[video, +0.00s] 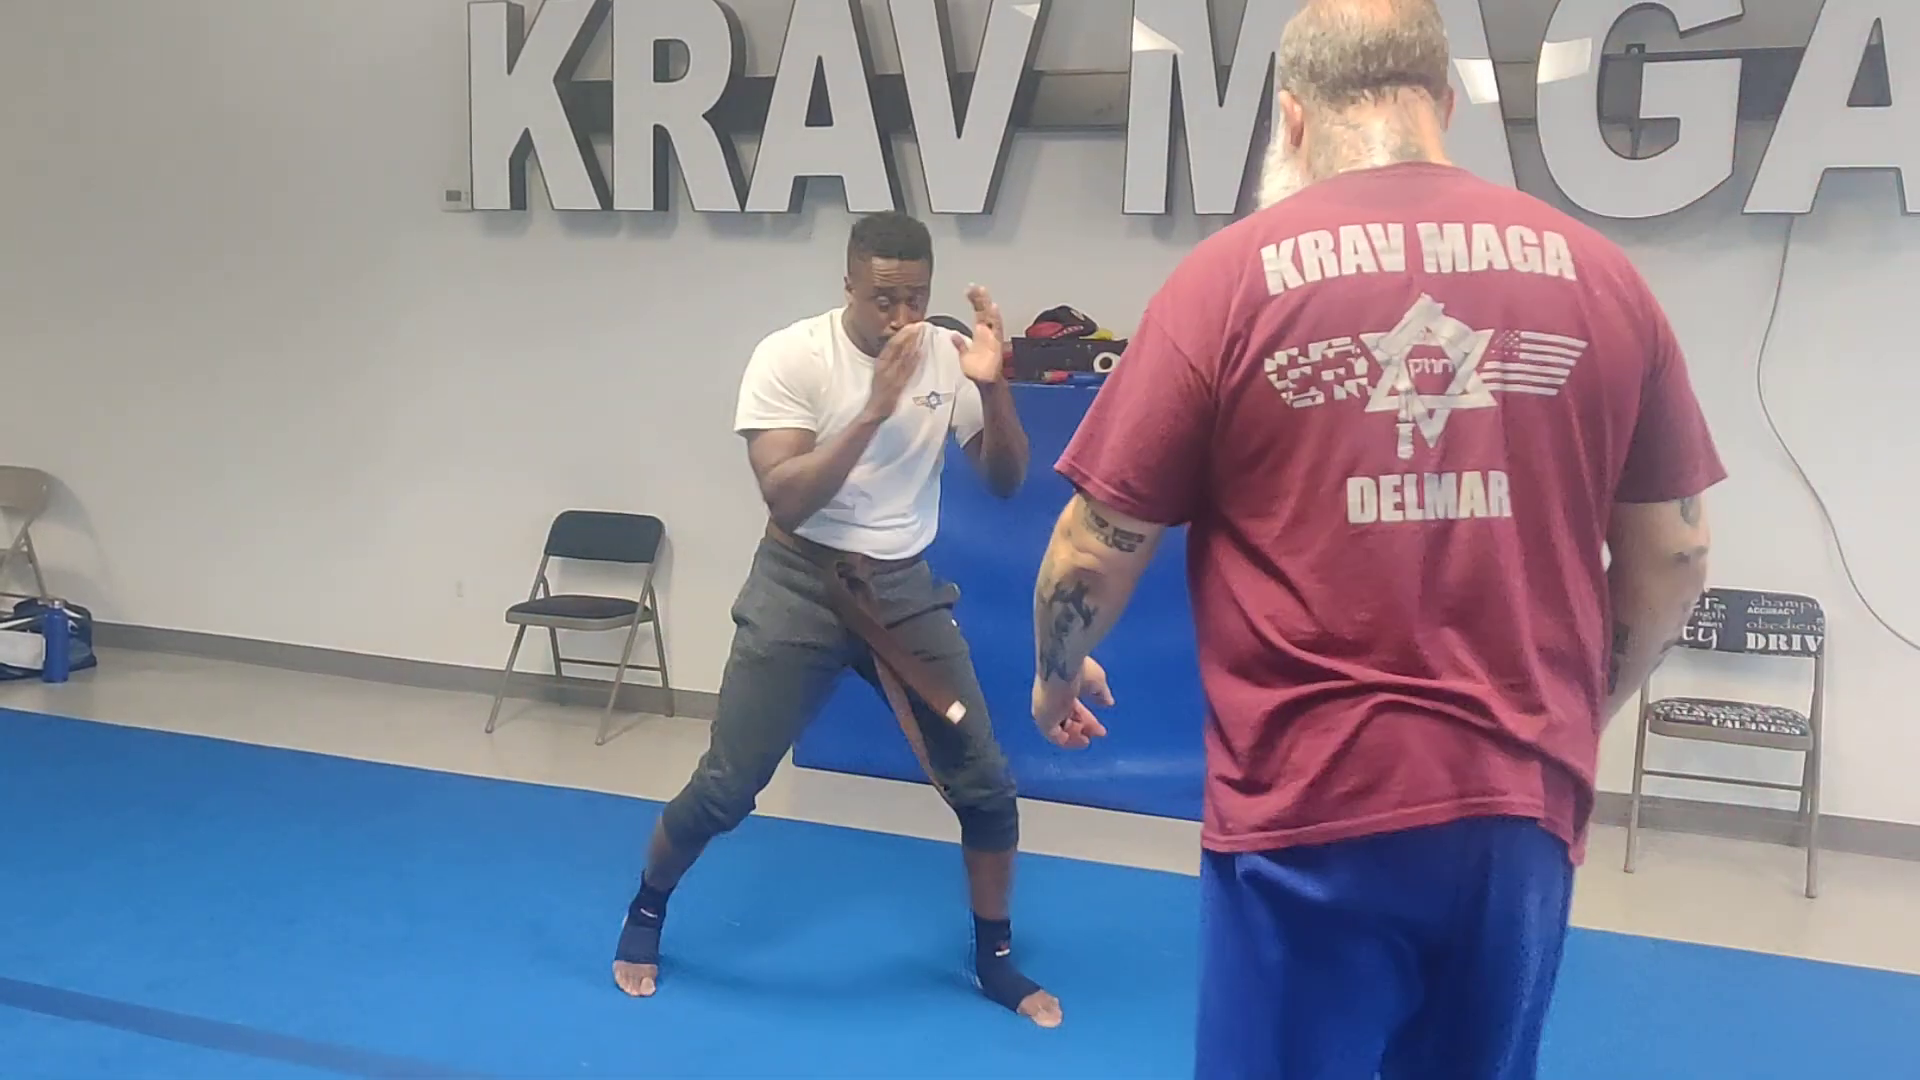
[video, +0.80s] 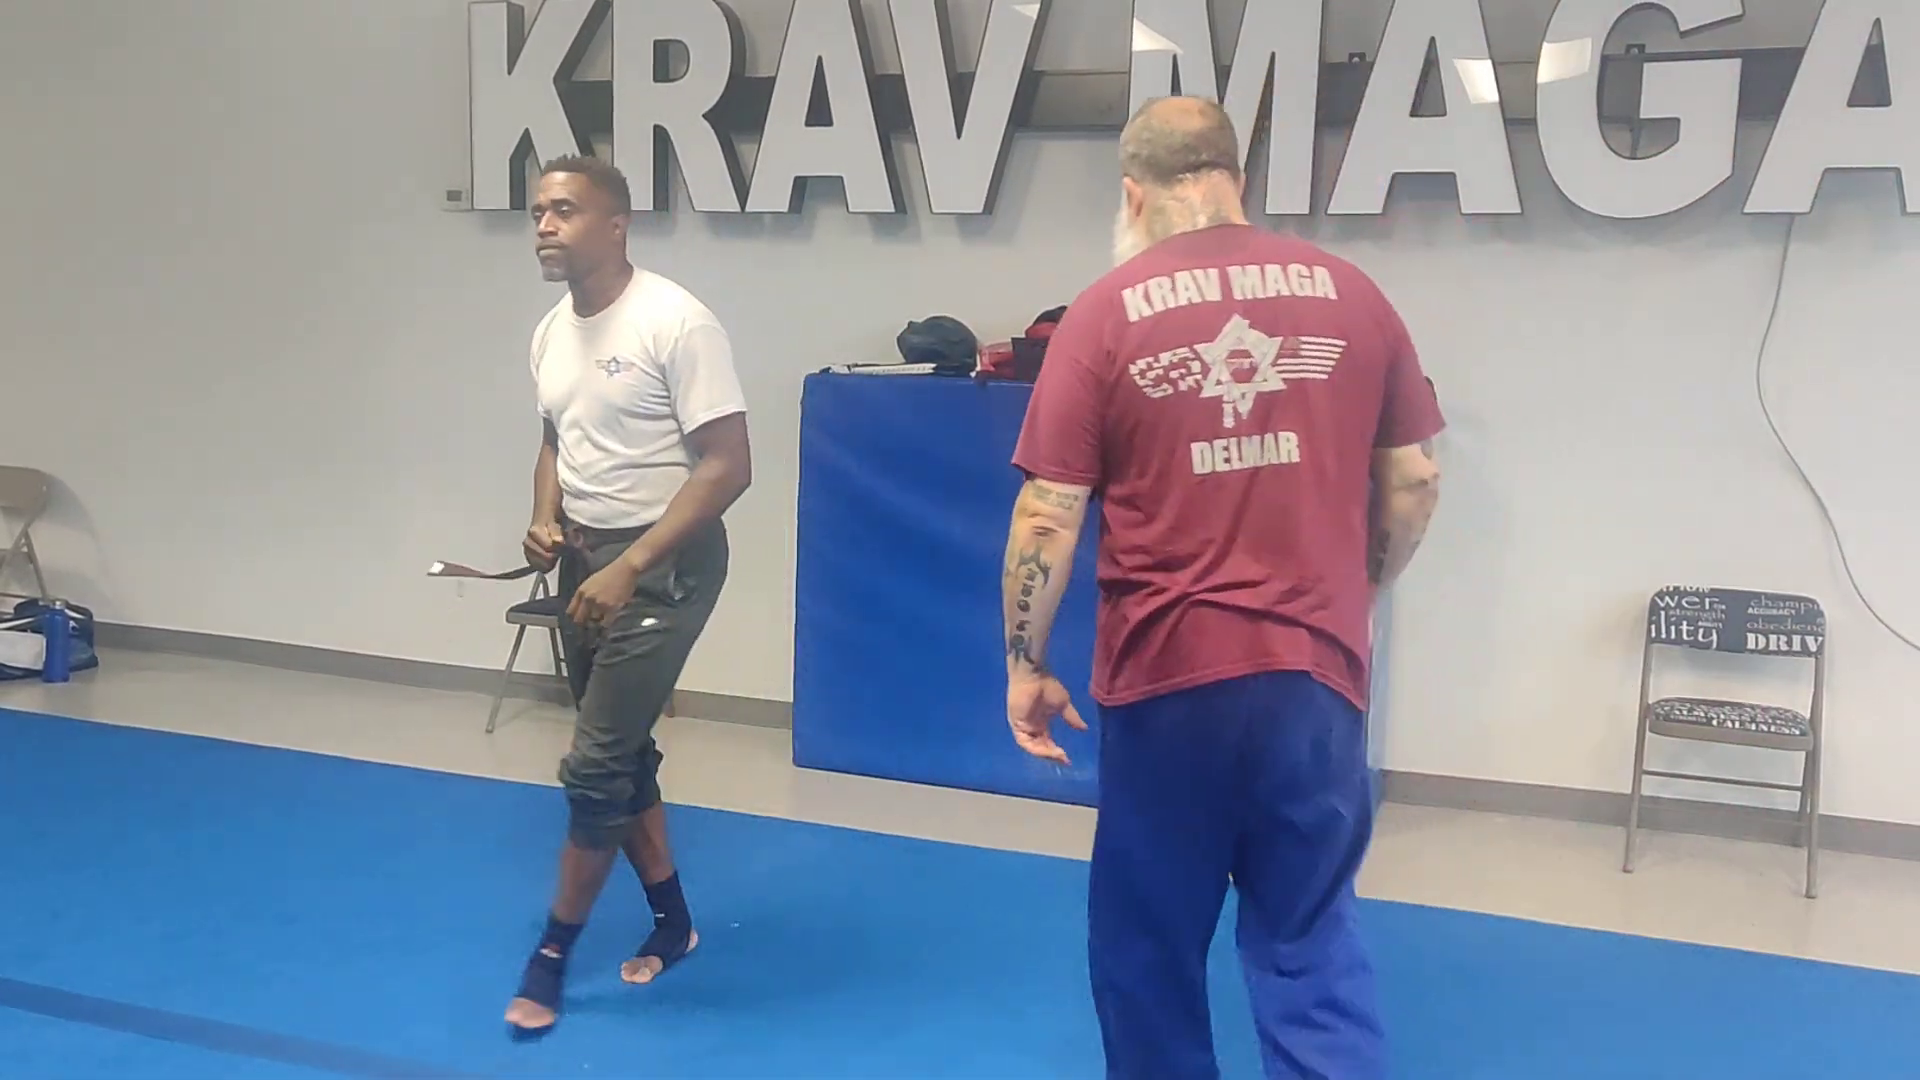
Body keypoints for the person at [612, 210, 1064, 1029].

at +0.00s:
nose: (902, 316)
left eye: (915, 299)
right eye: (885, 299)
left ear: (929, 290)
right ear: (847, 284)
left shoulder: (947, 353)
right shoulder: (787, 359)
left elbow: (1005, 479)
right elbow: (787, 502)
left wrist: (997, 389)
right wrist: (873, 411)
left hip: (905, 587)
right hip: (799, 580)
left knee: (986, 786)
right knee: (726, 788)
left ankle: (995, 958)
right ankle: (646, 911)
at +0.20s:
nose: (788, 300)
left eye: (805, 283)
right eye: (774, 283)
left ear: (837, 277)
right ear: (756, 278)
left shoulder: (886, 362)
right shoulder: (710, 358)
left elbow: (930, 495)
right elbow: (665, 494)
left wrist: (863, 443)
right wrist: (731, 446)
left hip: (851, 587)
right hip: (740, 582)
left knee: (936, 779)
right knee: (684, 786)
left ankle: (990, 957)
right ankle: (681, 927)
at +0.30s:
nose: (723, 289)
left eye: (741, 273)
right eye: (710, 273)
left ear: (779, 274)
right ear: (696, 278)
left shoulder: (835, 364)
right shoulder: (665, 359)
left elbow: (879, 499)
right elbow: (611, 484)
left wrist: (786, 530)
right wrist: (658, 472)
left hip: (804, 597)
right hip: (691, 592)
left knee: (890, 779)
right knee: (648, 789)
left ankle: (973, 949)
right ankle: (675, 925)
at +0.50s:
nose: (630, 251)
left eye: (648, 235)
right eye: (621, 237)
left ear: (695, 243)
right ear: (616, 250)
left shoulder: (758, 343)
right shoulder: (613, 340)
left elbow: (811, 481)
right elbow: (589, 438)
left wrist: (724, 580)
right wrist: (571, 490)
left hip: (736, 574)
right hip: (637, 570)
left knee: (793, 779)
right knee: (626, 778)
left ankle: (859, 937)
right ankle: (671, 922)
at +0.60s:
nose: (600, 235)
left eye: (620, 219)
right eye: (593, 221)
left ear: (670, 231)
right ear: (590, 236)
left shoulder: (730, 329)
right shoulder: (592, 330)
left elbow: (782, 468)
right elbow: (583, 432)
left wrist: (690, 569)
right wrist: (559, 495)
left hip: (712, 568)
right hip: (616, 561)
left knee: (729, 771)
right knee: (624, 766)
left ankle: (767, 937)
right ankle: (670, 923)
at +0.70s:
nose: (572, 227)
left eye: (591, 212)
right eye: (565, 213)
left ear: (644, 225)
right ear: (564, 230)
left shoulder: (704, 323)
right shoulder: (572, 329)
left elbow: (755, 464)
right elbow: (570, 433)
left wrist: (657, 568)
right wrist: (555, 504)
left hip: (685, 564)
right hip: (601, 558)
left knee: (656, 764)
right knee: (615, 759)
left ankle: (666, 928)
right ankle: (665, 912)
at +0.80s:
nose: (543, 226)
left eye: (564, 211)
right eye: (537, 213)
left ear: (619, 224)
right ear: (536, 229)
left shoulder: (679, 322)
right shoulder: (551, 333)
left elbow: (729, 466)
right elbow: (555, 444)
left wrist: (627, 567)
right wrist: (543, 516)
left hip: (665, 565)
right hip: (583, 562)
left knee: (596, 764)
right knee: (619, 755)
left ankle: (551, 958)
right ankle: (674, 926)